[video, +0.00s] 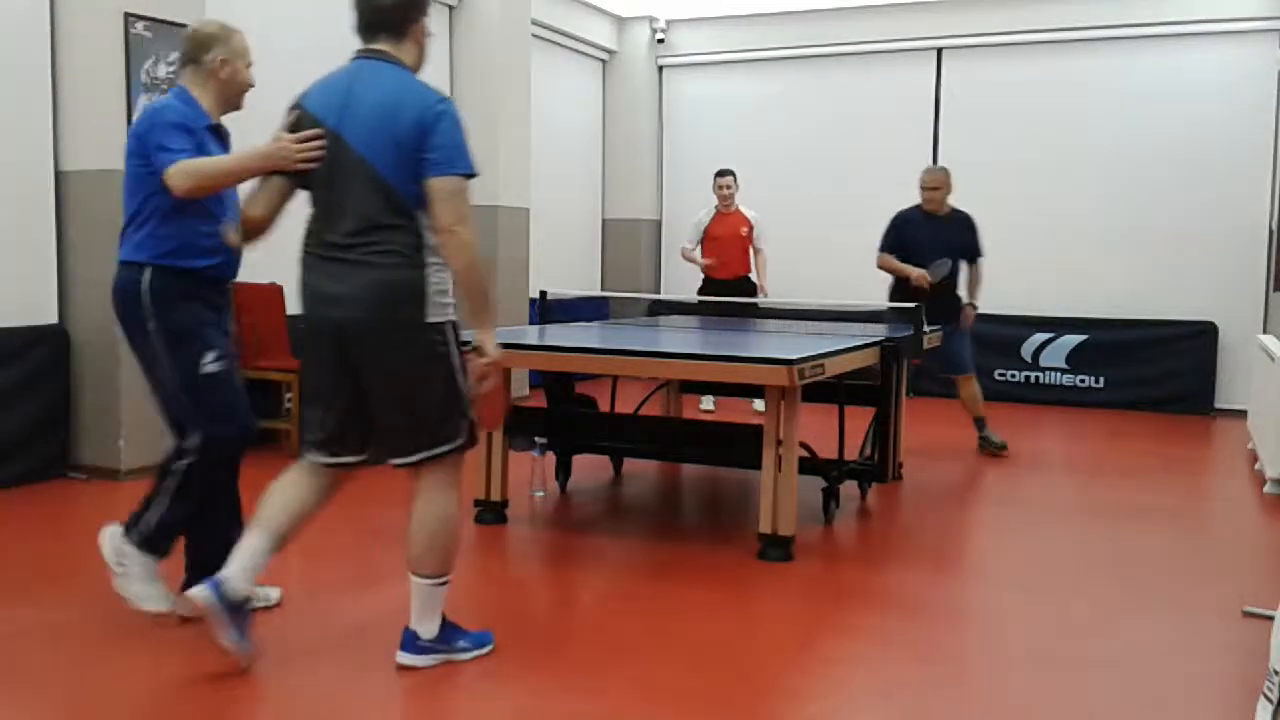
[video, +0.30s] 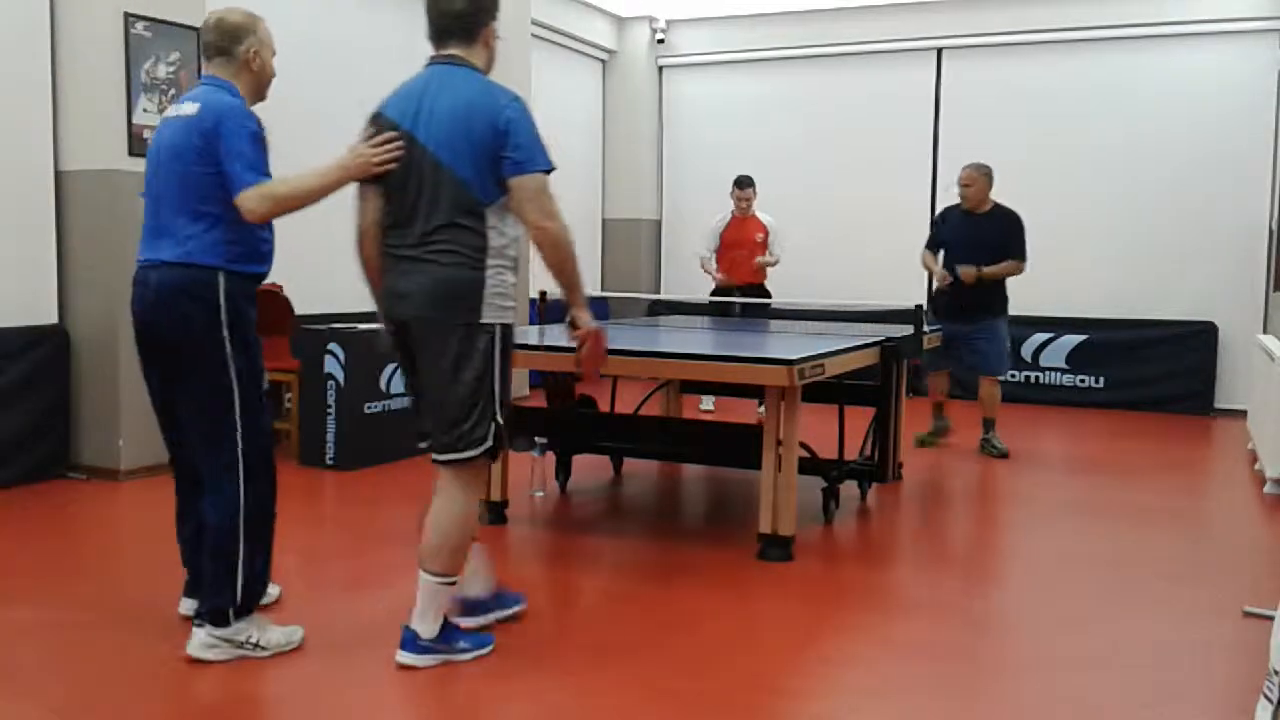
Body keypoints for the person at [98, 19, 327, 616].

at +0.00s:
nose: (250, 79)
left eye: (249, 68)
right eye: (244, 67)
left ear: (212, 67)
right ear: (217, 67)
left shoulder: (208, 130)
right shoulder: (168, 114)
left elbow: (232, 232)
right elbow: (182, 180)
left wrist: (286, 177)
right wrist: (262, 159)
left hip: (203, 287)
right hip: (160, 287)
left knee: (219, 430)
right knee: (217, 427)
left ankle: (212, 577)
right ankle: (133, 544)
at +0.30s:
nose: (274, 70)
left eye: (273, 58)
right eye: (272, 58)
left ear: (210, 57)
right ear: (253, 57)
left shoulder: (180, 112)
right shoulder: (231, 114)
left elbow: (194, 208)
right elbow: (256, 203)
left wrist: (327, 173)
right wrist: (345, 169)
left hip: (162, 291)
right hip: (207, 295)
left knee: (195, 447)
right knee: (240, 449)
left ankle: (205, 589)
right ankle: (226, 620)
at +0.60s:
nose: (278, 59)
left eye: (277, 47)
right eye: (275, 47)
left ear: (209, 39)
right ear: (253, 44)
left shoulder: (144, 100)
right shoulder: (251, 101)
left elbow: (101, 204)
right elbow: (323, 191)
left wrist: (132, 281)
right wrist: (307, 120)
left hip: (148, 297)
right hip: (229, 297)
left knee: (169, 460)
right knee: (243, 461)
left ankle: (140, 602)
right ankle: (223, 621)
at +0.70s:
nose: (272, 58)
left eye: (270, 46)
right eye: (270, 47)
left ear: (200, 40)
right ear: (252, 48)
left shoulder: (130, 100)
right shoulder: (250, 100)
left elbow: (87, 205)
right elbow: (319, 178)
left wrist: (111, 292)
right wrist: (280, 95)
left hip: (141, 302)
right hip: (228, 301)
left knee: (145, 475)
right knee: (240, 466)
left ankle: (128, 642)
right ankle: (223, 623)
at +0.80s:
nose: (257, 65)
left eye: (255, 54)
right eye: (257, 54)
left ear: (186, 42)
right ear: (243, 52)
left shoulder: (116, 103)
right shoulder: (244, 100)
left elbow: (72, 218)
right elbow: (304, 186)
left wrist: (88, 313)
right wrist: (259, 106)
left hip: (130, 307)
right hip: (221, 306)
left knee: (133, 493)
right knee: (235, 474)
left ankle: (128, 692)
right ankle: (225, 624)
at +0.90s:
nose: (244, 59)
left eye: (239, 46)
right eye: (244, 49)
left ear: (171, 38)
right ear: (232, 50)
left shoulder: (102, 103)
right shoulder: (237, 94)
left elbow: (58, 218)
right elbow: (290, 191)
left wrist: (66, 324)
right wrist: (252, 130)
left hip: (117, 307)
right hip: (211, 306)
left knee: (124, 495)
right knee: (230, 476)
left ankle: (129, 696)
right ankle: (233, 627)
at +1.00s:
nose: (233, 45)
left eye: (226, 33)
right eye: (232, 35)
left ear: (162, 29)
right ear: (222, 35)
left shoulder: (91, 95)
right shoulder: (231, 86)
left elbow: (46, 208)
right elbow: (285, 186)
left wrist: (42, 320)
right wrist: (242, 123)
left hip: (110, 303)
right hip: (207, 301)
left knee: (116, 492)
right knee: (232, 479)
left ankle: (129, 694)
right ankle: (235, 644)